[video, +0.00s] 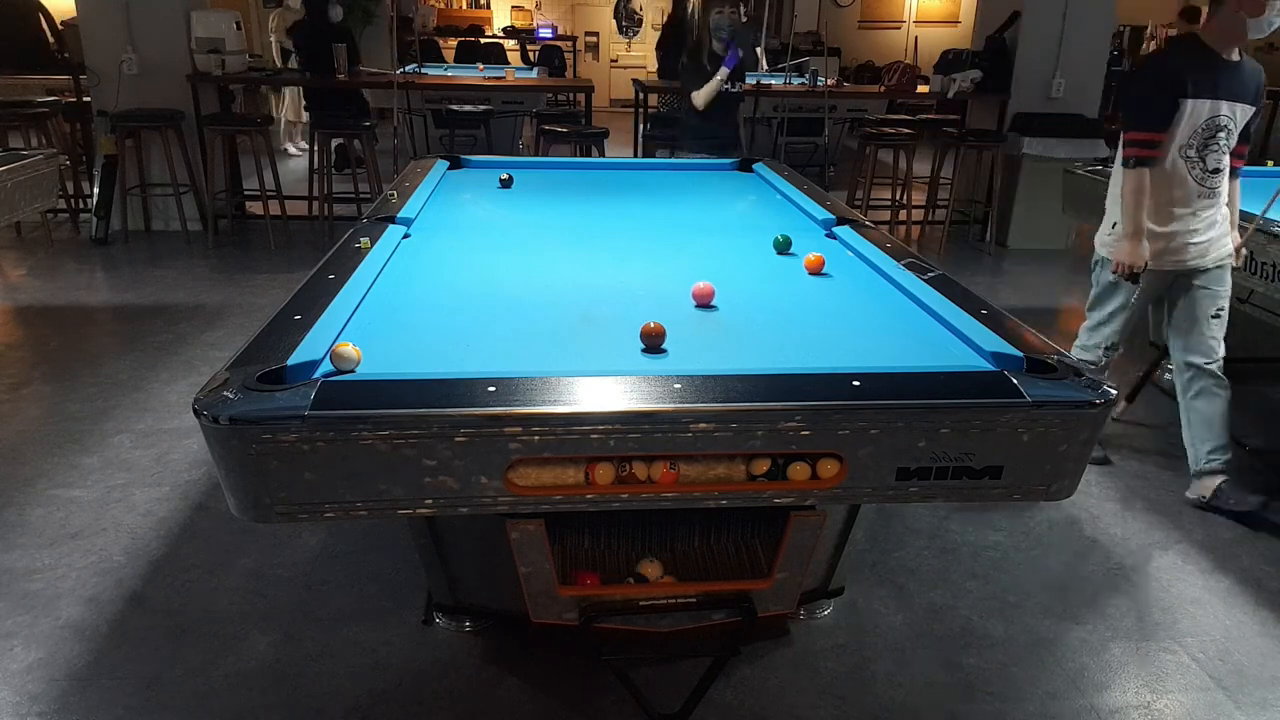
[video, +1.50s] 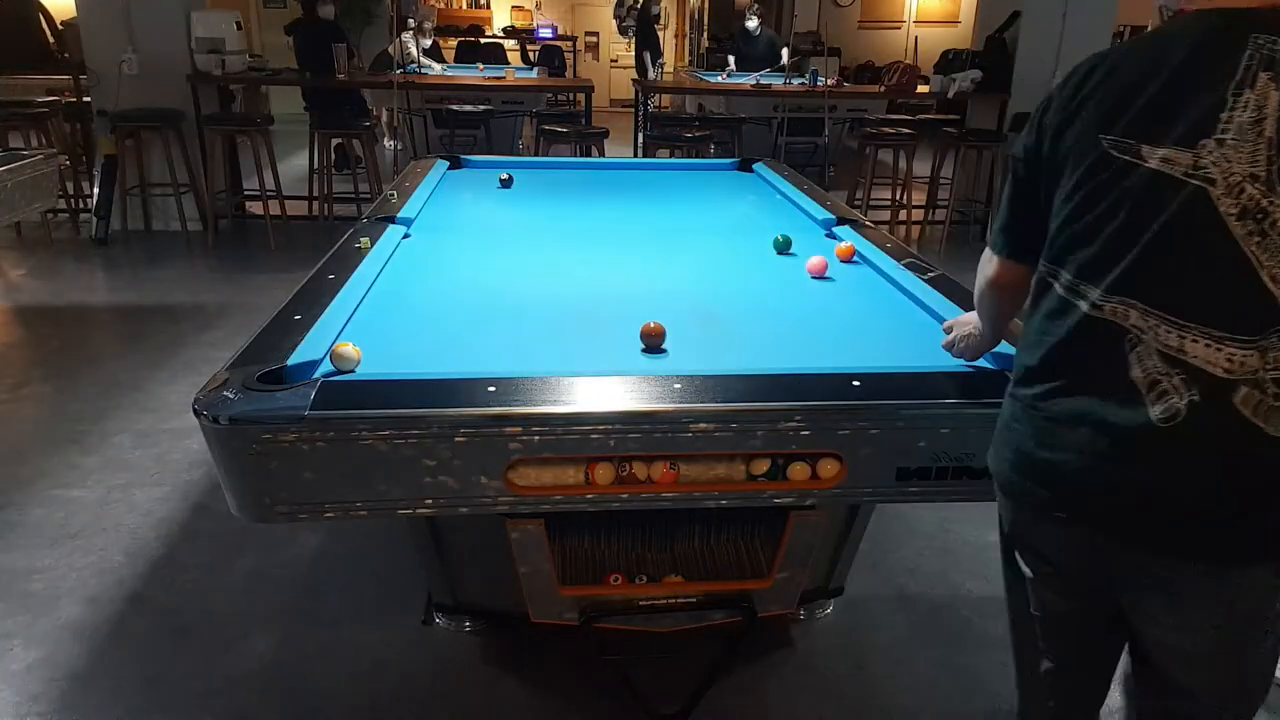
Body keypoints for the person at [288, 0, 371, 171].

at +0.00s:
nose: (341, 11)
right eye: (337, 7)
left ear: (307, 9)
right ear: (330, 9)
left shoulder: (299, 31)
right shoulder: (341, 32)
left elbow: (302, 70)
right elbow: (355, 72)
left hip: (315, 106)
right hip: (346, 106)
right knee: (362, 105)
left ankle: (351, 150)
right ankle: (346, 148)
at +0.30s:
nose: (340, 10)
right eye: (337, 6)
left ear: (308, 8)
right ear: (330, 8)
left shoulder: (298, 30)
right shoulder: (341, 31)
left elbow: (303, 67)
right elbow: (354, 68)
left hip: (314, 104)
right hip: (345, 105)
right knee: (362, 106)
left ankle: (352, 151)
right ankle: (346, 149)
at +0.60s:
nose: (342, 11)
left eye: (341, 7)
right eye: (339, 7)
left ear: (310, 9)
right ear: (332, 9)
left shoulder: (299, 30)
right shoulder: (342, 33)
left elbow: (304, 67)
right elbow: (357, 72)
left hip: (315, 104)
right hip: (345, 106)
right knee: (363, 106)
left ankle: (352, 151)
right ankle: (347, 149)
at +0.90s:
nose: (345, 8)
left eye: (344, 4)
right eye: (341, 5)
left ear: (312, 8)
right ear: (331, 8)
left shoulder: (299, 30)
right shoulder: (341, 33)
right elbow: (357, 72)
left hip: (315, 103)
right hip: (344, 105)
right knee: (362, 105)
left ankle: (350, 149)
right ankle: (345, 148)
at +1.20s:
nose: (340, 10)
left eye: (339, 5)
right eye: (336, 6)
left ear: (313, 9)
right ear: (326, 8)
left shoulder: (303, 30)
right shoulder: (338, 31)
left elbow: (305, 69)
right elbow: (355, 66)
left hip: (314, 100)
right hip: (343, 102)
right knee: (363, 107)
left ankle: (350, 151)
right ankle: (345, 149)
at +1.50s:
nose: (335, 8)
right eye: (331, 5)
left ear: (302, 7)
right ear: (319, 5)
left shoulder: (298, 30)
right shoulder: (331, 27)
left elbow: (302, 67)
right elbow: (351, 59)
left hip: (314, 103)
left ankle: (348, 151)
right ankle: (345, 149)